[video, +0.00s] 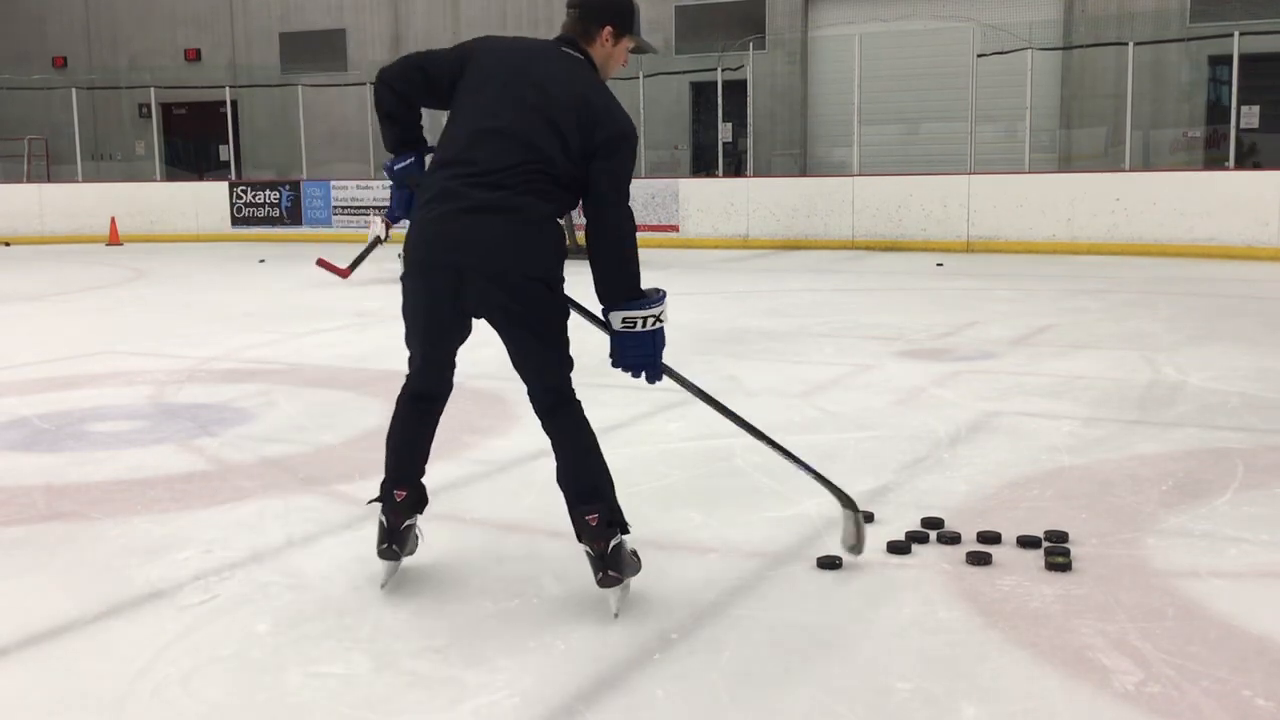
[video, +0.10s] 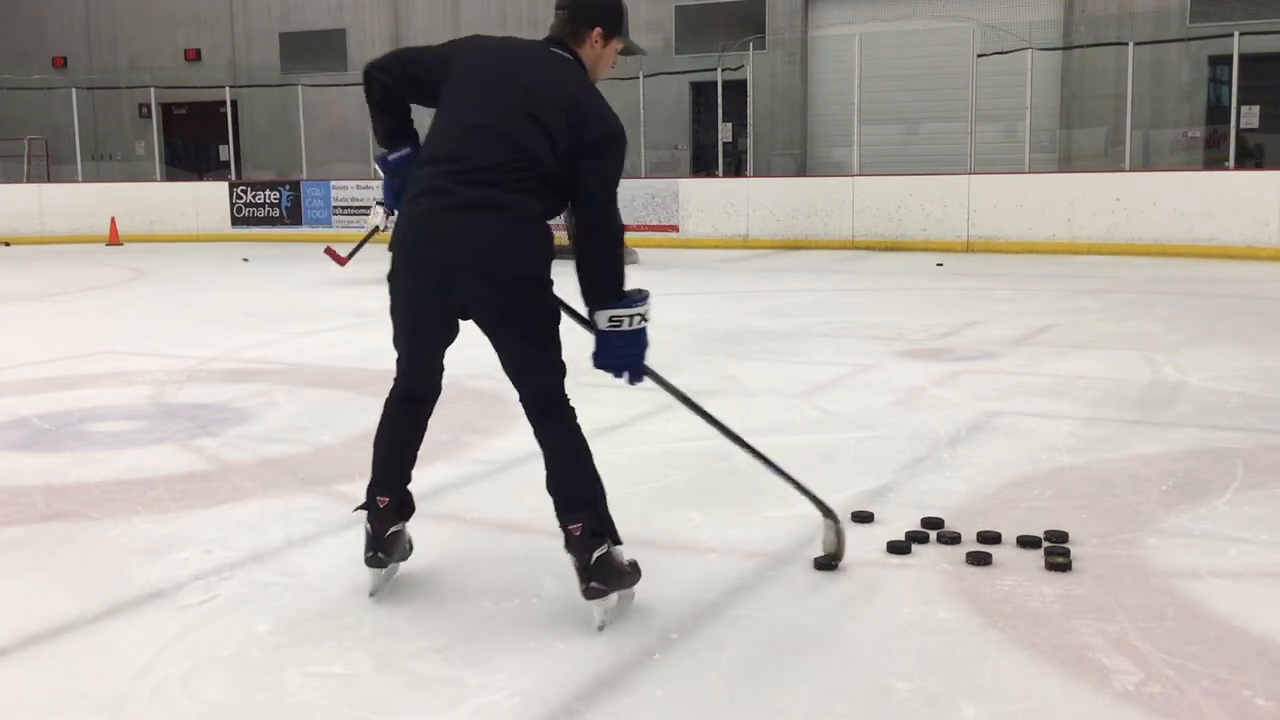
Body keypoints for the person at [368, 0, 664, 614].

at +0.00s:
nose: (626, 63)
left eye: (631, 52)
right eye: (628, 50)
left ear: (577, 27)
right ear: (605, 36)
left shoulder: (485, 55)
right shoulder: (606, 116)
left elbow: (395, 80)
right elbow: (609, 230)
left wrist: (407, 162)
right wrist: (632, 319)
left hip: (433, 253)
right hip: (519, 264)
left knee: (424, 380)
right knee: (557, 404)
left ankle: (396, 515)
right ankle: (604, 543)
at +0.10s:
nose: (615, 64)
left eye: (619, 53)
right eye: (617, 51)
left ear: (565, 27)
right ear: (595, 39)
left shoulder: (474, 54)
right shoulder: (595, 117)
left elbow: (383, 74)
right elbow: (596, 230)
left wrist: (399, 156)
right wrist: (615, 321)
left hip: (420, 251)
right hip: (507, 262)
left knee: (413, 381)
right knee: (549, 406)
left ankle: (384, 519)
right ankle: (593, 548)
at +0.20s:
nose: (596, 68)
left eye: (601, 57)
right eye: (598, 54)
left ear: (545, 28)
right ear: (577, 40)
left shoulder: (456, 51)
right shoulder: (576, 117)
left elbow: (361, 55)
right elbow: (567, 230)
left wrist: (377, 139)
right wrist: (575, 323)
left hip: (402, 247)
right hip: (489, 259)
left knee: (402, 385)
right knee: (535, 411)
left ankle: (369, 527)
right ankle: (573, 562)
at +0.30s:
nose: (573, 68)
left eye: (579, 58)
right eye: (577, 55)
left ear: (525, 30)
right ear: (556, 41)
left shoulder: (437, 50)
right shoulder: (551, 112)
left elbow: (339, 51)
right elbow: (540, 220)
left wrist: (372, 120)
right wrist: (534, 309)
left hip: (382, 245)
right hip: (467, 256)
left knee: (394, 392)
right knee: (519, 409)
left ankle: (358, 536)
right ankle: (544, 569)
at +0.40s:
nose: (557, 74)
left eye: (562, 64)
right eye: (559, 61)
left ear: (507, 32)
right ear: (540, 46)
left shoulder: (420, 51)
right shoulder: (534, 118)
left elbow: (320, 51)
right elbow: (513, 231)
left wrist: (367, 106)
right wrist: (499, 310)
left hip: (360, 245)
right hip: (441, 256)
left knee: (385, 394)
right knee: (501, 416)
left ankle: (347, 541)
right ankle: (513, 578)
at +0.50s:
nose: (544, 74)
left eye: (548, 64)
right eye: (546, 61)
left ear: (493, 31)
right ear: (527, 46)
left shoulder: (403, 50)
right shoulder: (519, 124)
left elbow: (303, 50)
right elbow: (493, 234)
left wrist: (343, 121)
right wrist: (483, 308)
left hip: (341, 247)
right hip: (423, 260)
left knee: (375, 395)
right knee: (481, 418)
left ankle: (338, 543)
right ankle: (486, 582)